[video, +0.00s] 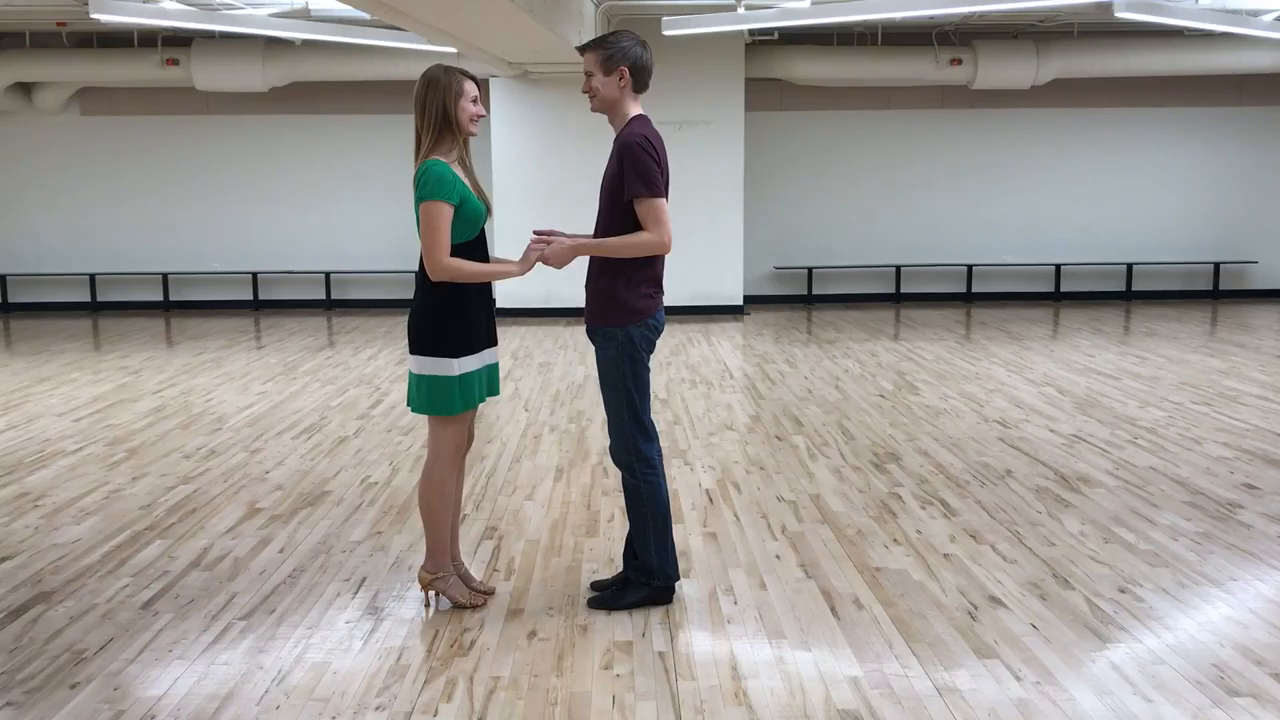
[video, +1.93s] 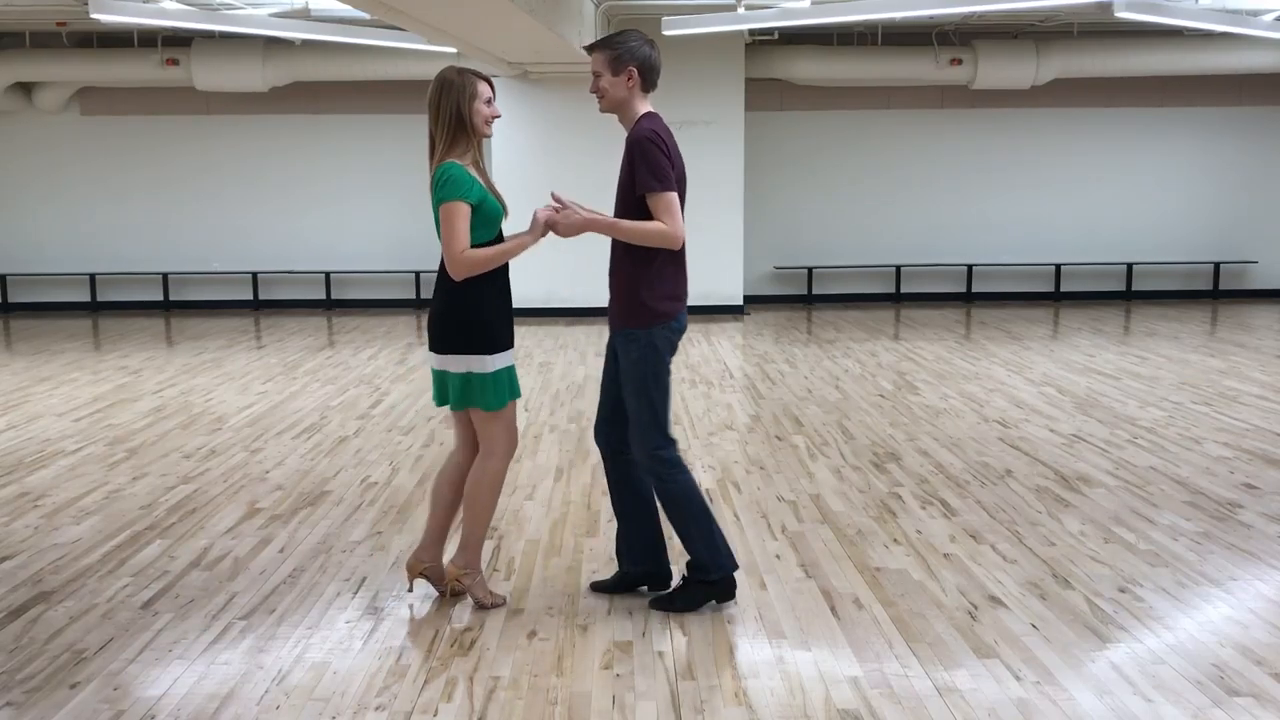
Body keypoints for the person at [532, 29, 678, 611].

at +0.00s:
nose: (584, 86)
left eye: (590, 75)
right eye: (584, 76)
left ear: (620, 76)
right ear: (621, 77)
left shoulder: (636, 142)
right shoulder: (630, 138)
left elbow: (659, 239)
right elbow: (636, 235)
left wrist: (578, 245)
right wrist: (573, 243)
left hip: (627, 320)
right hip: (621, 317)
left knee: (635, 450)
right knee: (632, 448)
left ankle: (654, 576)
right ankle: (645, 569)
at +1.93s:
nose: (592, 89)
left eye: (597, 78)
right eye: (591, 78)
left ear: (628, 77)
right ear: (628, 80)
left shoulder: (647, 138)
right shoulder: (645, 135)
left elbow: (672, 233)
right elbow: (651, 228)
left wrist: (592, 221)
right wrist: (588, 217)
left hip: (649, 320)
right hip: (634, 318)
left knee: (651, 446)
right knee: (614, 436)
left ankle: (714, 570)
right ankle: (644, 566)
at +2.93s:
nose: (600, 86)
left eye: (606, 75)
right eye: (601, 75)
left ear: (639, 77)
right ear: (639, 79)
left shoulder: (655, 138)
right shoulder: (653, 135)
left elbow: (682, 233)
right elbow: (664, 227)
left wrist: (603, 220)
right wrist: (605, 226)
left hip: (667, 320)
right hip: (648, 319)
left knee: (672, 446)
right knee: (620, 431)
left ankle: (716, 578)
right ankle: (669, 555)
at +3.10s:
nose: (583, 83)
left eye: (589, 73)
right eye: (584, 73)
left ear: (620, 76)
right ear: (619, 78)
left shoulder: (636, 139)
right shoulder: (635, 136)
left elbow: (658, 237)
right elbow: (638, 226)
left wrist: (581, 218)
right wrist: (584, 229)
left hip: (639, 320)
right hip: (624, 318)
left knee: (636, 445)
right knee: (611, 440)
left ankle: (706, 565)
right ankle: (631, 567)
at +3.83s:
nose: (547, 83)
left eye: (554, 72)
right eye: (547, 73)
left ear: (584, 74)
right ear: (586, 76)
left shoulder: (603, 139)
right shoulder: (600, 135)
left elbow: (620, 239)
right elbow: (597, 236)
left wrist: (538, 260)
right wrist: (535, 260)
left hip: (588, 317)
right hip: (589, 313)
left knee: (549, 440)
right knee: (579, 435)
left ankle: (556, 577)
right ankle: (628, 559)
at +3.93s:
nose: (551, 83)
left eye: (559, 73)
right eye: (552, 74)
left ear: (590, 75)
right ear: (590, 77)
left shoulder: (610, 140)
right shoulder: (603, 136)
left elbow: (628, 239)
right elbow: (605, 236)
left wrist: (549, 254)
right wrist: (543, 259)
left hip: (600, 318)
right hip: (595, 315)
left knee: (558, 440)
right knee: (587, 437)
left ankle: (571, 578)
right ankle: (630, 562)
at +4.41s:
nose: (596, 86)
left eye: (602, 75)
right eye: (596, 76)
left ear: (636, 76)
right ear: (636, 78)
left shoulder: (649, 136)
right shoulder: (654, 134)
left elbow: (675, 233)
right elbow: (651, 230)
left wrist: (594, 243)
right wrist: (591, 226)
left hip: (663, 318)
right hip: (648, 317)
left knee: (666, 444)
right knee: (622, 432)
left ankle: (714, 576)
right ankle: (644, 564)